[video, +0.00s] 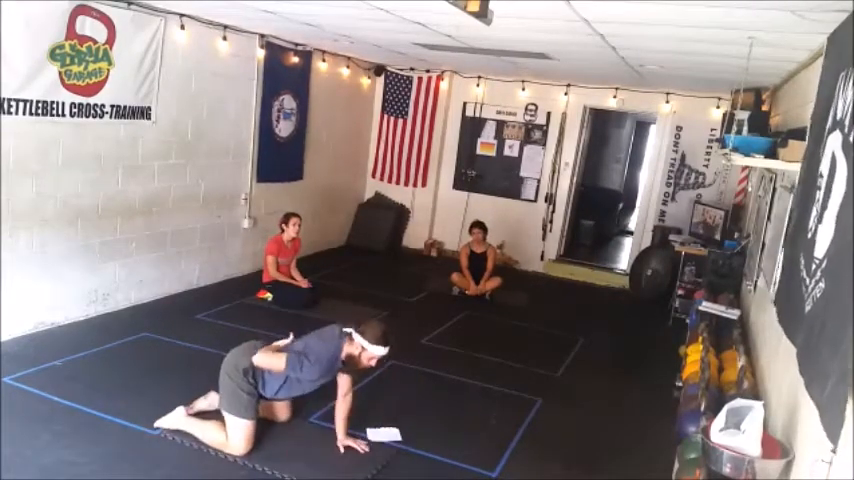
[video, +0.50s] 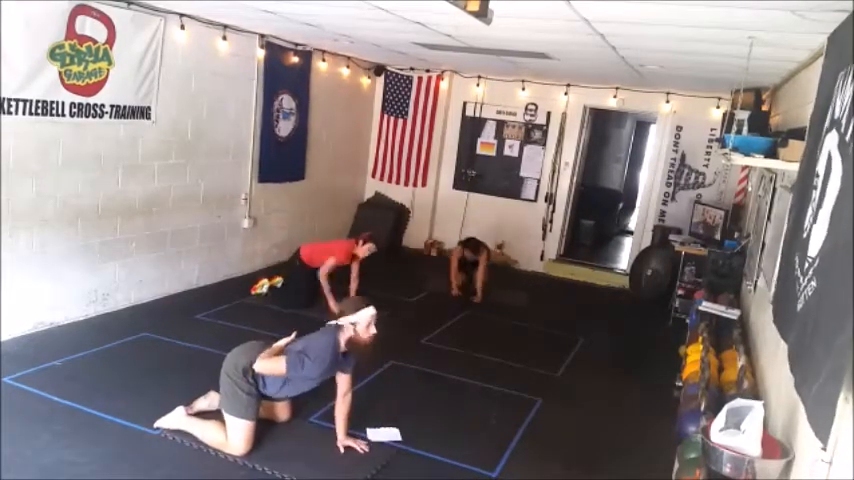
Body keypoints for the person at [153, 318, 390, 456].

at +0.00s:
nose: (375, 363)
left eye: (379, 358)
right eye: (374, 356)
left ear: (362, 342)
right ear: (359, 347)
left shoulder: (347, 344)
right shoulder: (314, 362)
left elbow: (344, 393)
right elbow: (257, 358)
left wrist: (342, 436)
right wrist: (277, 345)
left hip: (271, 364)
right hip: (243, 367)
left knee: (281, 413)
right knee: (238, 445)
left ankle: (217, 402)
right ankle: (181, 420)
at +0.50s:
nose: (374, 330)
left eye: (374, 323)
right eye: (371, 323)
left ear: (353, 322)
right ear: (354, 323)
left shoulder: (345, 348)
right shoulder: (320, 354)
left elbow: (344, 393)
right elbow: (260, 365)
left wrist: (343, 437)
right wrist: (282, 344)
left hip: (266, 358)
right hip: (241, 368)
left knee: (281, 410)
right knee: (237, 446)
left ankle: (217, 402)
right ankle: (180, 419)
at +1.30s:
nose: (341, 370)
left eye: (346, 369)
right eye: (345, 366)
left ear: (353, 351)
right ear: (349, 358)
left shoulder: (344, 339)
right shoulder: (307, 347)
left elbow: (343, 392)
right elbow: (249, 348)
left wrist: (343, 436)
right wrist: (266, 326)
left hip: (272, 368)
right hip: (242, 369)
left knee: (281, 412)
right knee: (236, 446)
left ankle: (217, 400)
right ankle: (182, 418)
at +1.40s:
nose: (340, 369)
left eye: (344, 369)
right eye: (344, 366)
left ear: (352, 352)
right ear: (348, 357)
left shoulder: (344, 338)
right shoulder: (305, 346)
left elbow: (342, 391)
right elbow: (247, 348)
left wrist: (343, 435)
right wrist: (266, 325)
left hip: (271, 367)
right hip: (242, 369)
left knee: (281, 412)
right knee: (236, 446)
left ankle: (217, 400)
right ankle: (182, 418)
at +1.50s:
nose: (341, 369)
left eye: (346, 368)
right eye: (345, 365)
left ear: (353, 351)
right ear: (349, 357)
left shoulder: (343, 338)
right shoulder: (306, 347)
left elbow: (342, 391)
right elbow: (248, 348)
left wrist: (343, 436)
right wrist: (266, 325)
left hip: (271, 367)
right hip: (241, 369)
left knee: (281, 412)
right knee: (236, 446)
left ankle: (217, 400)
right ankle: (182, 418)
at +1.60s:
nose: (355, 374)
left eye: (360, 372)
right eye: (359, 370)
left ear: (362, 351)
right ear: (358, 361)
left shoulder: (347, 338)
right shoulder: (314, 356)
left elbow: (343, 391)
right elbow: (255, 360)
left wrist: (341, 435)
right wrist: (271, 333)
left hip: (274, 366)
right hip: (242, 367)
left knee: (281, 413)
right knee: (237, 445)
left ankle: (217, 399)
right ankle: (182, 418)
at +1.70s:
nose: (381, 349)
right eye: (379, 343)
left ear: (363, 332)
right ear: (364, 336)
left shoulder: (347, 339)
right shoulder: (323, 360)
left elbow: (345, 393)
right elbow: (265, 374)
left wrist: (342, 435)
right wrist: (279, 343)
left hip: (266, 355)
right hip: (242, 369)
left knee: (282, 412)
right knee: (237, 446)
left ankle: (219, 400)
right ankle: (183, 417)